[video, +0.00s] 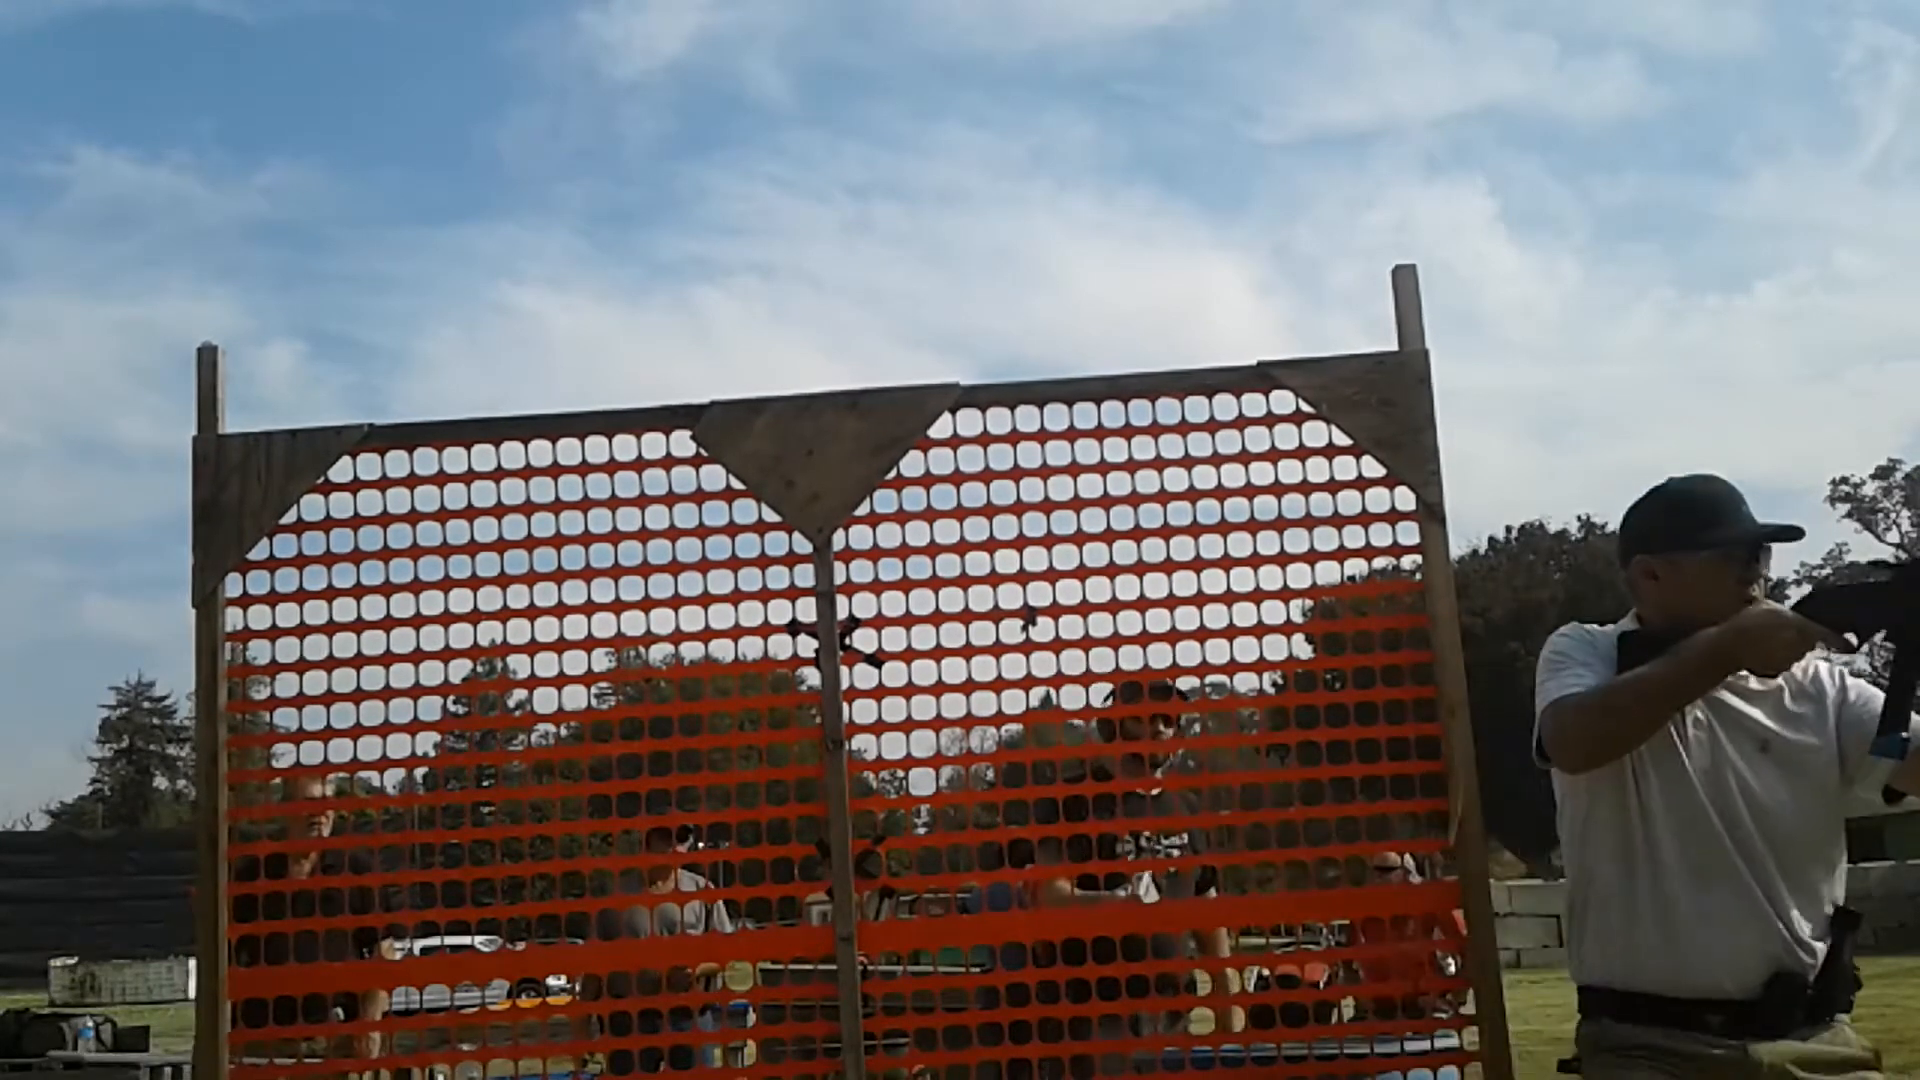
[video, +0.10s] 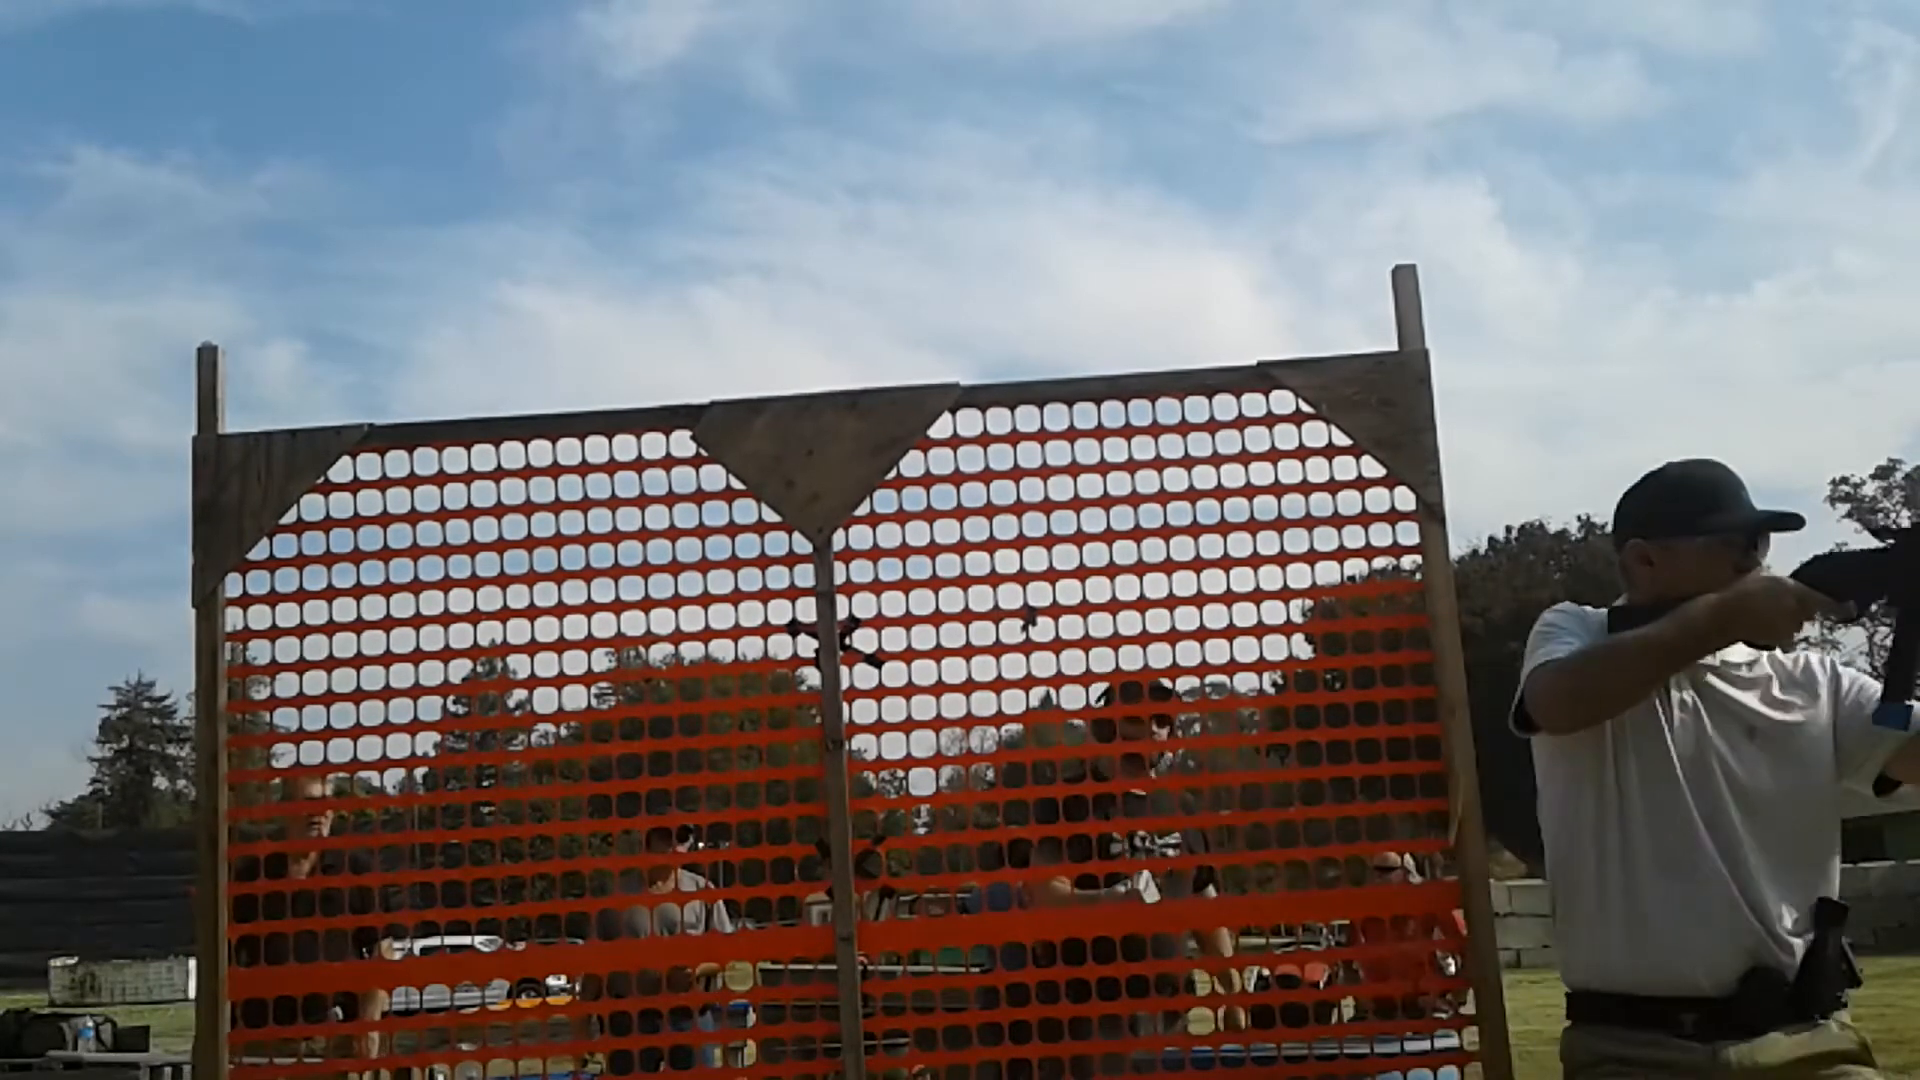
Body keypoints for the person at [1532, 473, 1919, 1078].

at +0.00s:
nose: (1763, 576)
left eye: (1761, 558)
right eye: (1740, 559)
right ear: (1651, 576)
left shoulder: (1817, 681)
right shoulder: (1581, 652)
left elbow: (1914, 767)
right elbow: (1572, 743)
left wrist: (1905, 629)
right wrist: (1729, 646)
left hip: (1812, 1043)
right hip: (1646, 1046)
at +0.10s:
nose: (1758, 567)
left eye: (1758, 548)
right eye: (1737, 547)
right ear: (1643, 562)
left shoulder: (1812, 680)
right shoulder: (1575, 633)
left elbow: (1911, 756)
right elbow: (1552, 703)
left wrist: (1905, 608)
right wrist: (1724, 617)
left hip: (1803, 1039)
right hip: (1630, 1046)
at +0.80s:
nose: (1799, 513)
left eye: (1801, 493)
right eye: (1772, 488)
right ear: (1674, 498)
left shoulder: (1847, 649)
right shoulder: (1591, 573)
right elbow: (1561, 628)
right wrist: (1766, 550)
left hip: (1803, 1036)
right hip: (1613, 1039)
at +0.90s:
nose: (1797, 512)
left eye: (1799, 492)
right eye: (1770, 487)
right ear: (1672, 497)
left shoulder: (1844, 647)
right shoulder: (1589, 573)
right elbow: (1554, 628)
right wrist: (1760, 550)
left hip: (1802, 1036)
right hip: (1612, 1038)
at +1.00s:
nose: (1796, 513)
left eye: (1798, 491)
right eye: (1769, 487)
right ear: (1670, 497)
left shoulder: (1841, 644)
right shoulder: (1586, 572)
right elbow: (1558, 621)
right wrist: (1762, 548)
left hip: (1800, 1034)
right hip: (1610, 1038)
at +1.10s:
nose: (1786, 512)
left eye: (1792, 491)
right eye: (1756, 487)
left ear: (1804, 493)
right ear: (1663, 499)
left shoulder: (1838, 645)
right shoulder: (1580, 586)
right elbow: (1537, 624)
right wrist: (1747, 554)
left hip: (1802, 1036)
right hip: (1613, 1039)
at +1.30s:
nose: (1761, 507)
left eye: (1771, 487)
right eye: (1734, 482)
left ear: (1785, 497)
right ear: (1649, 510)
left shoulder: (1845, 642)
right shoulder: (1588, 644)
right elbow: (1479, 662)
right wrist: (1677, 580)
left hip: (1838, 1037)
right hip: (1643, 1043)